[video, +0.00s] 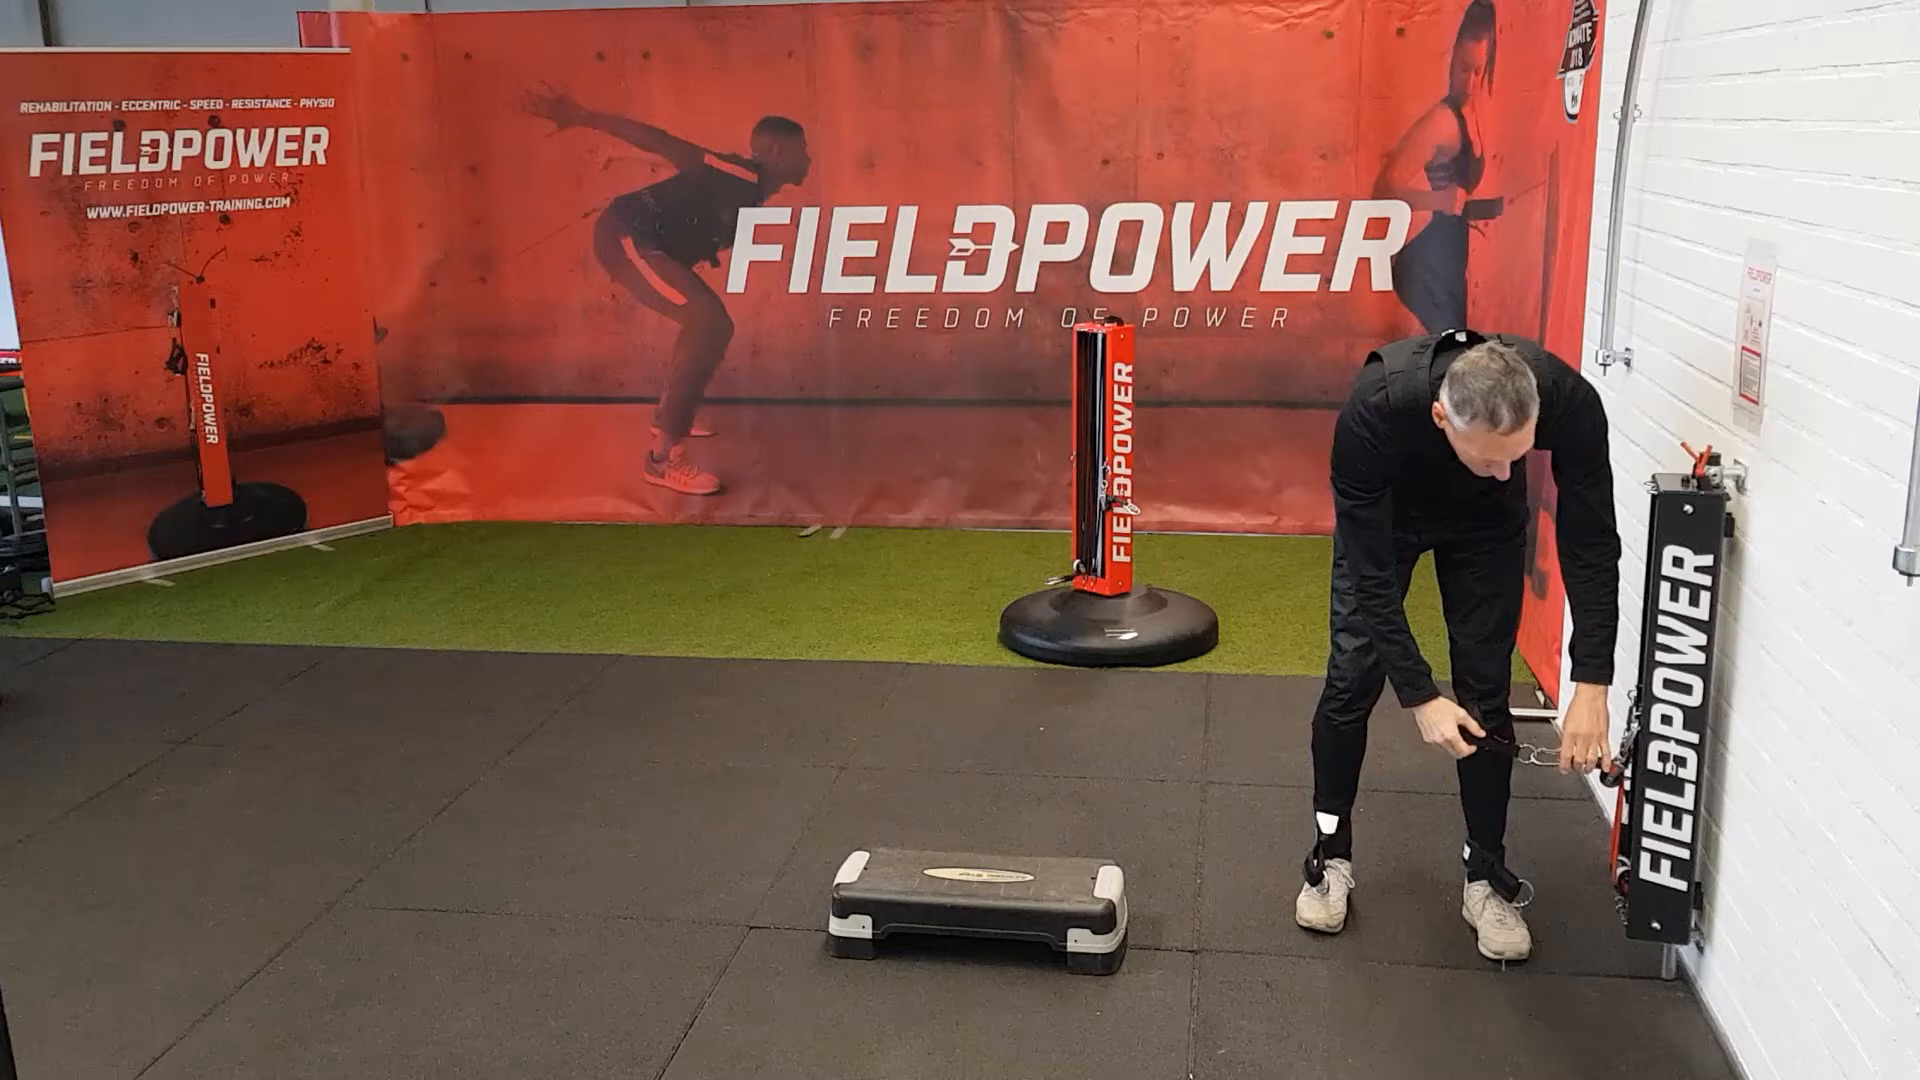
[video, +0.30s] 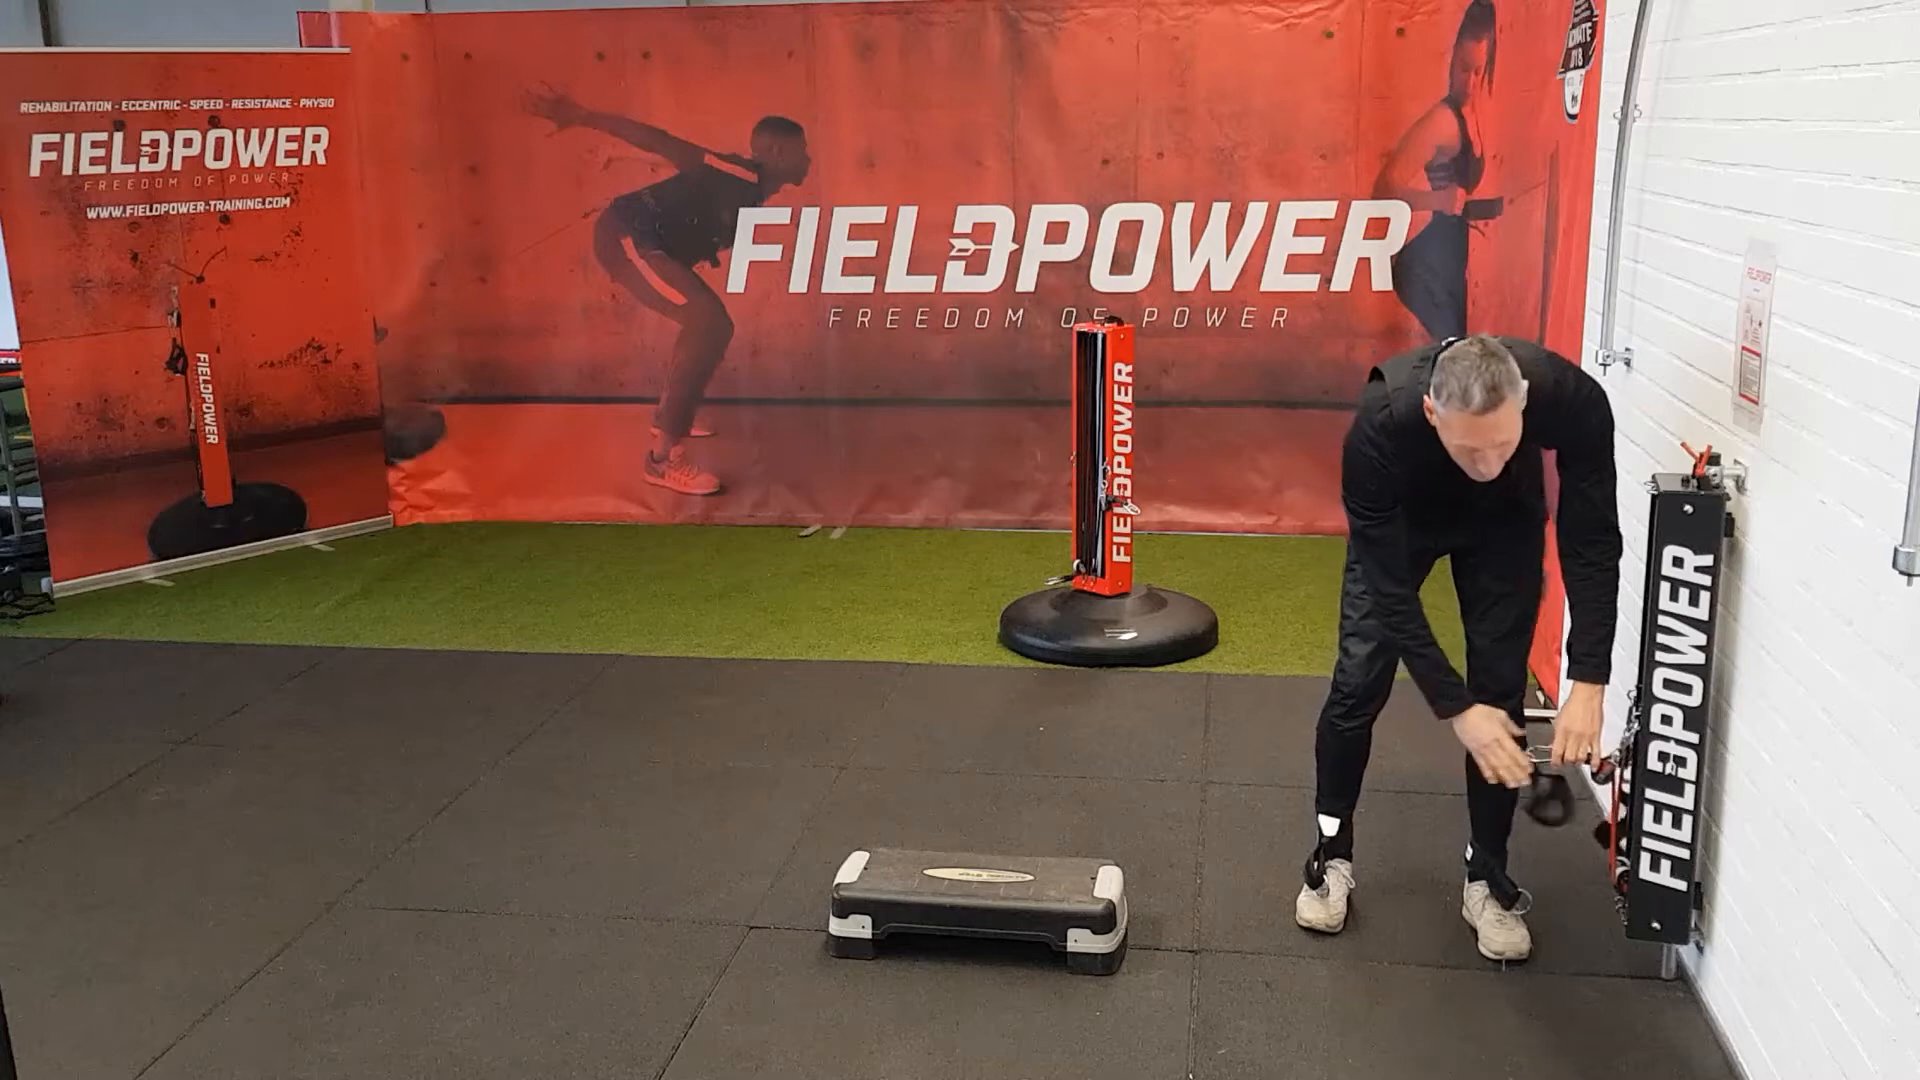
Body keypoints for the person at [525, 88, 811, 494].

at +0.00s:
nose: (808, 159)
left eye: (805, 150)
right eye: (800, 150)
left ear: (774, 151)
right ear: (772, 150)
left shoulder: (748, 191)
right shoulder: (733, 179)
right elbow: (659, 141)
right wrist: (583, 116)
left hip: (645, 237)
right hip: (627, 233)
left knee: (715, 323)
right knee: (709, 323)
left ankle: (671, 414)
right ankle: (664, 457)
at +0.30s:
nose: (808, 158)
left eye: (805, 149)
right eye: (801, 149)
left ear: (775, 152)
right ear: (773, 150)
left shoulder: (749, 197)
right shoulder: (732, 182)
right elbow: (659, 141)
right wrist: (582, 116)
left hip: (645, 238)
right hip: (627, 233)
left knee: (714, 322)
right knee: (710, 324)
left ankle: (671, 414)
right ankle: (664, 457)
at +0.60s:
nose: (807, 158)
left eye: (804, 149)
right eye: (800, 150)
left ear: (774, 151)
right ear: (772, 150)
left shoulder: (748, 191)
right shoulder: (733, 178)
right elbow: (659, 141)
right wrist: (583, 116)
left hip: (646, 238)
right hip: (627, 233)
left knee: (715, 323)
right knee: (709, 323)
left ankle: (671, 414)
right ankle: (664, 457)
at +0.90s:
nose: (808, 158)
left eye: (805, 149)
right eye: (800, 149)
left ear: (775, 151)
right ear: (772, 150)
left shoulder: (749, 197)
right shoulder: (732, 180)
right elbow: (659, 141)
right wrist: (582, 116)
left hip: (646, 237)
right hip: (626, 232)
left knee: (715, 323)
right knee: (708, 323)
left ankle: (671, 414)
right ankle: (664, 457)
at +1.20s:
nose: (808, 158)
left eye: (805, 149)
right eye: (800, 150)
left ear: (774, 151)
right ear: (772, 150)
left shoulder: (748, 191)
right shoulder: (733, 178)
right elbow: (659, 141)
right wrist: (583, 116)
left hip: (645, 237)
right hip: (626, 233)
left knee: (714, 323)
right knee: (709, 324)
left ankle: (671, 414)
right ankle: (664, 457)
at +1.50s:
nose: (808, 158)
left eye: (805, 149)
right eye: (801, 150)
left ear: (773, 151)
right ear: (773, 151)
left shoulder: (746, 186)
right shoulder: (735, 179)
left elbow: (660, 142)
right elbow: (658, 141)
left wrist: (583, 116)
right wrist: (583, 117)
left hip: (641, 235)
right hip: (627, 234)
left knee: (709, 322)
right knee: (713, 326)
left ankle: (670, 413)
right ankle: (663, 457)